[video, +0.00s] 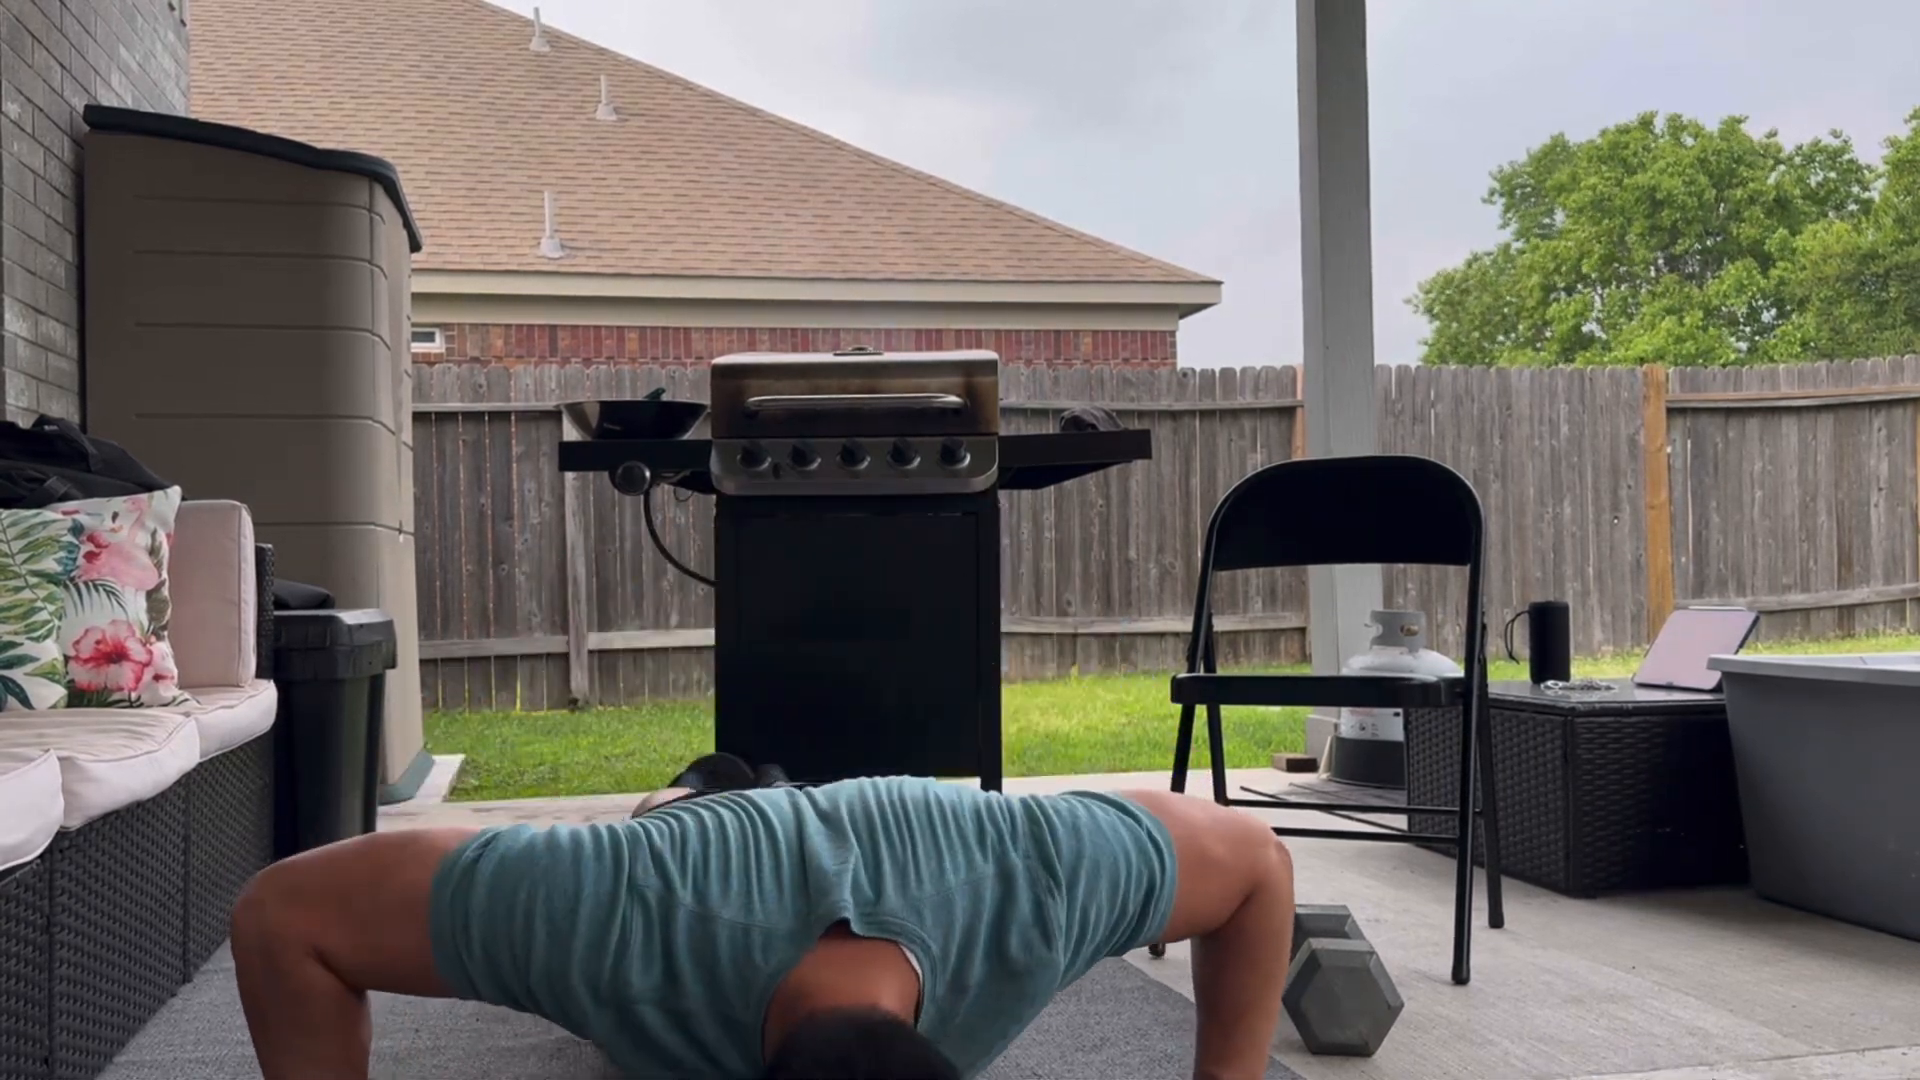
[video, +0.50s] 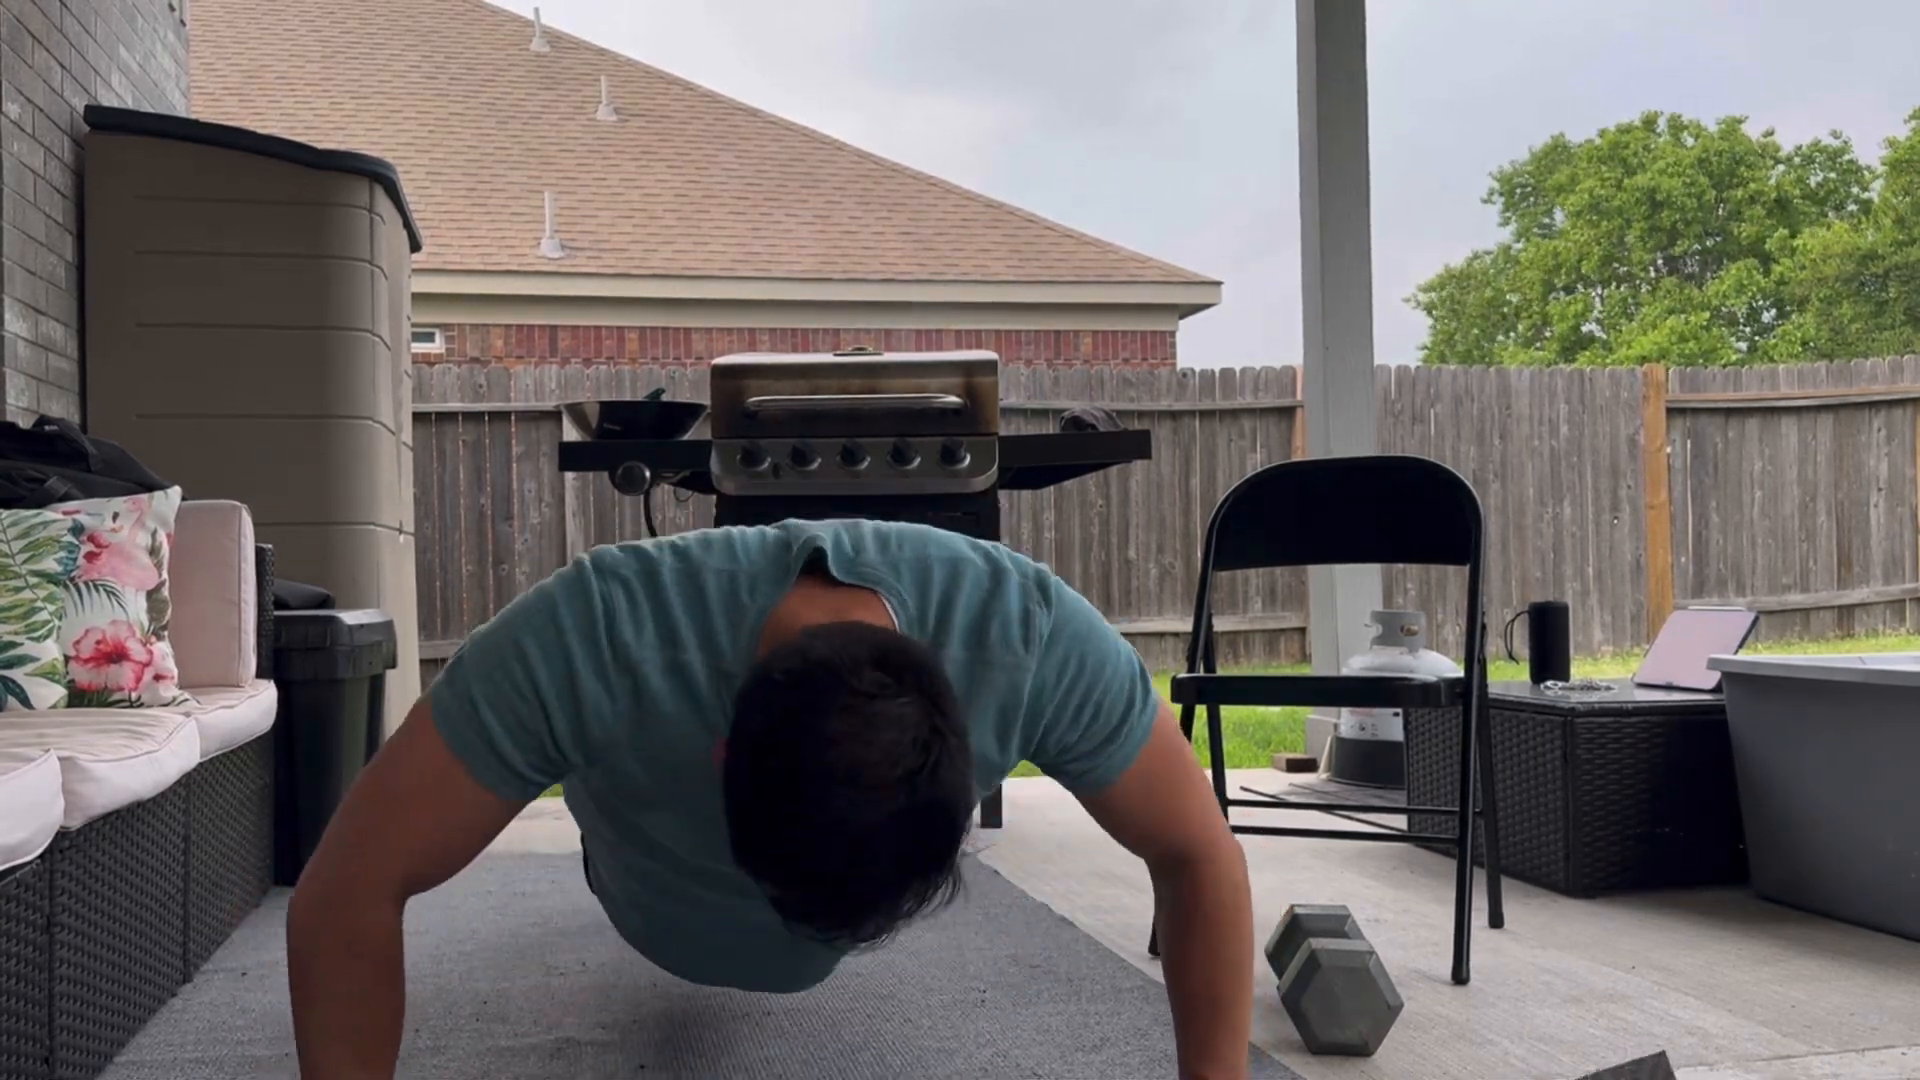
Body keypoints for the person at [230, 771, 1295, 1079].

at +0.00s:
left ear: (937, 1047)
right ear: (754, 1051)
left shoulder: (1045, 887)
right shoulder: (615, 925)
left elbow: (1253, 867)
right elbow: (284, 923)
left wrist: (1231, 1069)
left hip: (937, 824)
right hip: (688, 837)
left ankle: (1282, 939)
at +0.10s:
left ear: (939, 1038)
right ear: (752, 1043)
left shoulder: (1043, 878)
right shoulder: (605, 919)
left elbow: (1254, 869)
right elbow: (281, 923)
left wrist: (1229, 1073)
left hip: (923, 819)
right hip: (685, 831)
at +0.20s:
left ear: (956, 990)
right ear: (743, 996)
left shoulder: (1053, 824)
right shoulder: (596, 850)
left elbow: (1253, 871)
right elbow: (281, 923)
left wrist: (1228, 1067)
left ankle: (1273, 899)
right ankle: (449, 804)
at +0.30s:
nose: (841, 1069)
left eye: (885, 1053)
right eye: (801, 1041)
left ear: (962, 891)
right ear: (733, 876)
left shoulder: (1049, 734)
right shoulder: (586, 754)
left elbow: (1234, 870)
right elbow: (302, 917)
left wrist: (1223, 1070)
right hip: (673, 887)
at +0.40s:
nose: (828, 937)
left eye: (867, 922)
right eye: (793, 910)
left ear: (957, 791)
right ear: (727, 753)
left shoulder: (1031, 627)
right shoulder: (595, 627)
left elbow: (1192, 852)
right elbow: (367, 891)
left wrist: (1214, 1069)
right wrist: (356, 1073)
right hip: (674, 882)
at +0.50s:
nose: (820, 942)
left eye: (862, 924)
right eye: (791, 904)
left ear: (955, 784)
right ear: (726, 751)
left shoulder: (1034, 642)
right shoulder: (585, 638)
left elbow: (1199, 857)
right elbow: (349, 888)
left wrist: (1212, 1070)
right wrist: (349, 1073)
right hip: (670, 893)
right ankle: (627, 805)